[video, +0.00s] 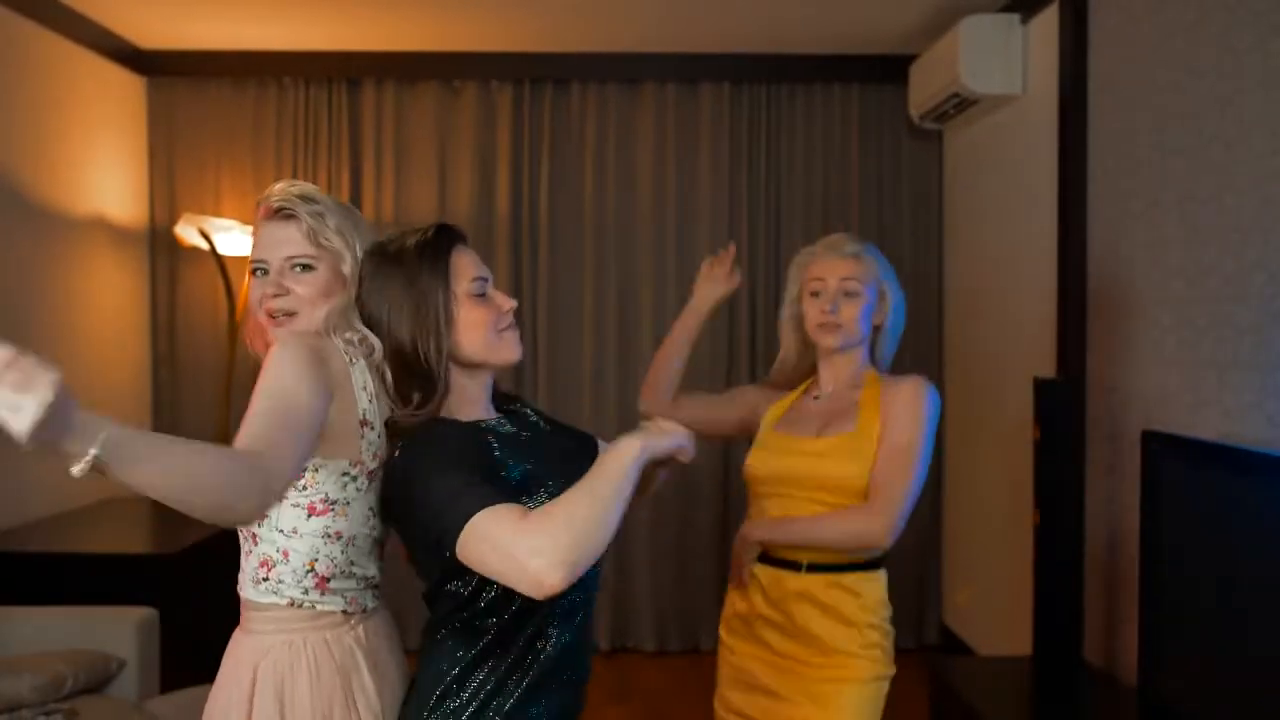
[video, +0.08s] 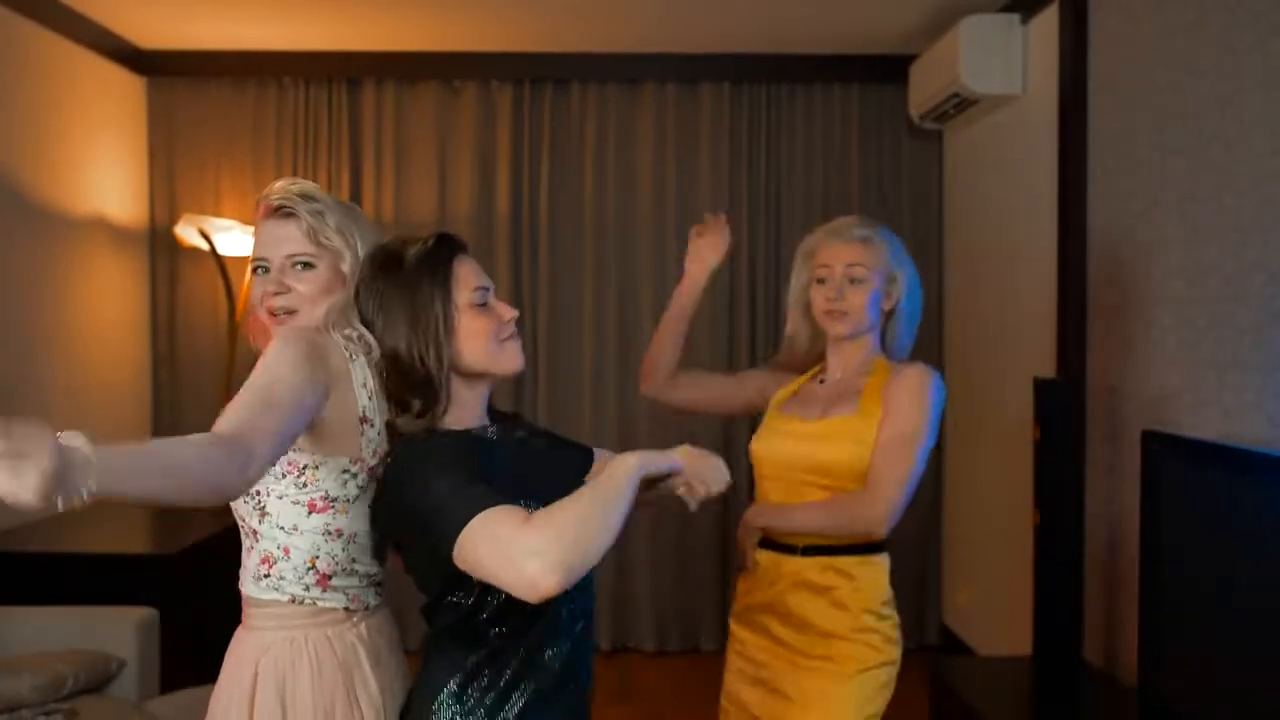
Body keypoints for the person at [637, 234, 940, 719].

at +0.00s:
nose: (829, 306)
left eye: (850, 293)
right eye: (815, 293)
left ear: (879, 309)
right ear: (799, 309)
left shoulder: (905, 397)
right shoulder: (770, 405)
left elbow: (879, 526)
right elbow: (657, 405)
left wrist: (755, 529)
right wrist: (700, 303)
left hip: (842, 633)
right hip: (754, 625)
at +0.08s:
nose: (834, 294)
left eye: (855, 280)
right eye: (821, 279)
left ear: (889, 294)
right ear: (807, 293)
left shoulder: (910, 385)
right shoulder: (783, 384)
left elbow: (875, 514)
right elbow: (657, 382)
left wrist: (758, 515)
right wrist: (694, 276)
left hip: (847, 627)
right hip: (762, 618)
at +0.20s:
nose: (841, 290)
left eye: (862, 275)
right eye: (830, 275)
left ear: (902, 290)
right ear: (818, 290)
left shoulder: (915, 382)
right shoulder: (802, 379)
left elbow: (867, 514)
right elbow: (675, 361)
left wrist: (761, 511)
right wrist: (690, 280)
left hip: (852, 629)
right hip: (776, 622)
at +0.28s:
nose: (844, 296)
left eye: (867, 281)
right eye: (835, 282)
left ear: (909, 300)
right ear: (824, 298)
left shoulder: (914, 393)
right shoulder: (815, 386)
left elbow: (859, 525)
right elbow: (697, 355)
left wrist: (762, 522)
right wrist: (695, 301)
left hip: (855, 639)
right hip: (786, 634)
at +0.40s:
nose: (848, 313)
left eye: (871, 298)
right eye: (843, 300)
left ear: (917, 316)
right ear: (832, 310)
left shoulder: (908, 420)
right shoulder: (847, 408)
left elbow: (836, 565)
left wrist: (768, 555)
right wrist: (736, 351)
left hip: (859, 669)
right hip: (803, 660)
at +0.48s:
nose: (851, 321)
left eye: (873, 307)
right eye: (846, 308)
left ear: (919, 327)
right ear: (835, 317)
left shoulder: (901, 433)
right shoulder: (863, 417)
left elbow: (827, 583)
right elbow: (797, 387)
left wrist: (754, 566)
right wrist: (761, 362)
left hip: (865, 683)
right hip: (820, 673)